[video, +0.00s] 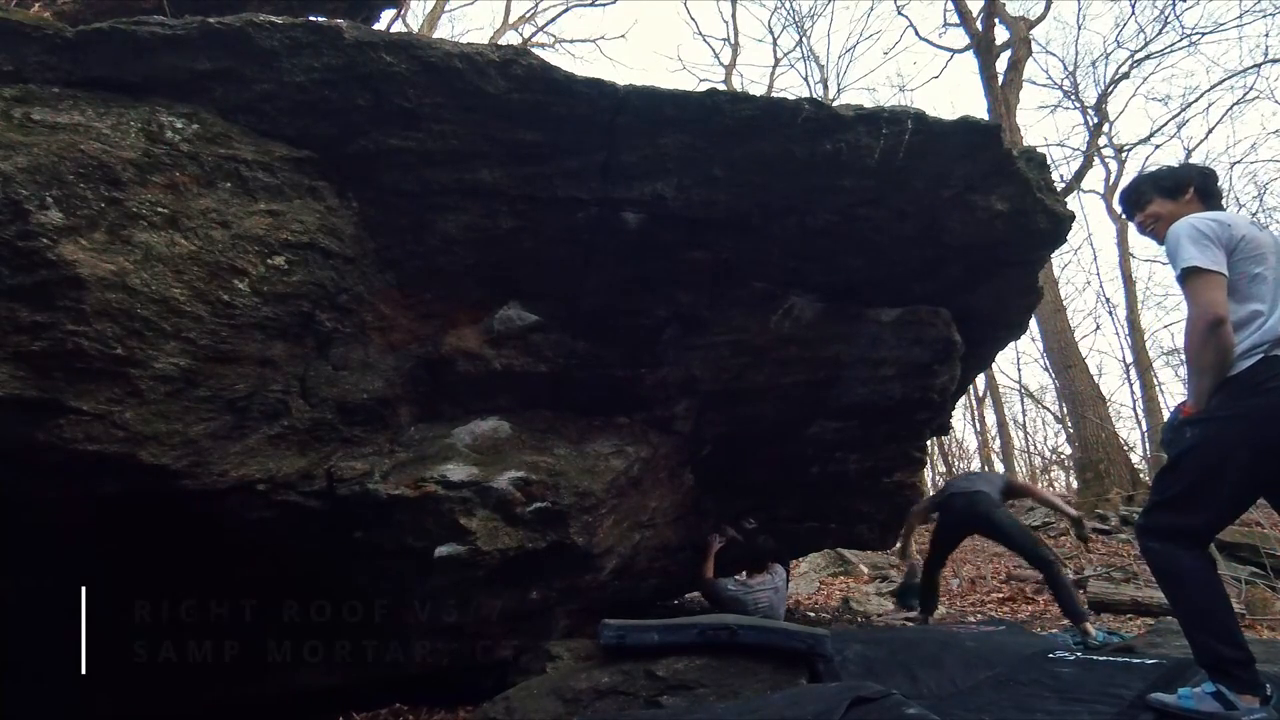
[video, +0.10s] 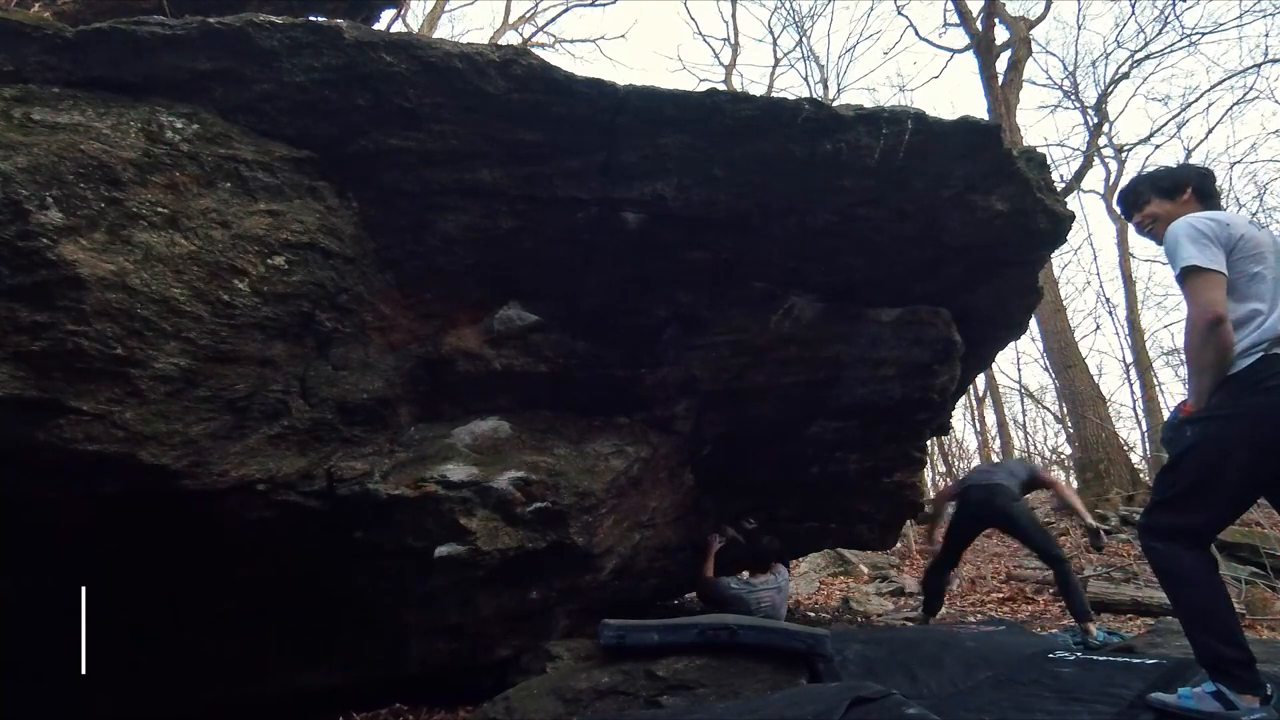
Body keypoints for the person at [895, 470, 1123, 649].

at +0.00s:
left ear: (963, 479)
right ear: (994, 478)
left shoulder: (946, 489)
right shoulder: (1001, 481)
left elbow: (913, 514)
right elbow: (1038, 493)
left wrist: (905, 553)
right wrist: (1077, 519)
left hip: (951, 512)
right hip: (987, 508)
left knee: (932, 565)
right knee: (1048, 562)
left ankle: (924, 618)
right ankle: (1087, 630)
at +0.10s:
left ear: (999, 465)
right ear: (1024, 467)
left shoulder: (976, 475)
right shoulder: (1026, 468)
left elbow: (941, 497)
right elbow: (1059, 486)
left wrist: (932, 538)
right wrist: (1089, 521)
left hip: (969, 507)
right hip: (1005, 505)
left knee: (943, 561)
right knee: (1058, 562)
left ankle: (926, 617)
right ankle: (1090, 630)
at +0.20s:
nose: (1068, 463)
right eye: (1068, 459)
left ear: (1037, 448)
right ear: (1058, 449)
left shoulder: (1009, 457)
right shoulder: (1055, 449)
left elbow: (966, 482)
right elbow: (1073, 473)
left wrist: (967, 527)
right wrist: (1096, 518)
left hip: (983, 493)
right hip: (1018, 492)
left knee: (964, 554)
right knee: (1068, 556)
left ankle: (929, 610)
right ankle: (1091, 628)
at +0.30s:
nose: (1083, 449)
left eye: (1083, 446)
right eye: (1083, 445)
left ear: (1063, 432)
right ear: (1078, 438)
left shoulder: (1034, 442)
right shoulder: (1074, 438)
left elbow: (988, 470)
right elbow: (1083, 462)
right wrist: (1099, 508)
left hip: (995, 479)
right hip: (1027, 480)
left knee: (1000, 548)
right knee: (1074, 553)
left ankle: (958, 594)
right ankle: (1091, 627)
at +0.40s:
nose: (1096, 443)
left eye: (1098, 439)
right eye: (1097, 438)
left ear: (1071, 422)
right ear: (1089, 428)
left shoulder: (1050, 433)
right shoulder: (1080, 428)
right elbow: (1090, 454)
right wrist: (1099, 501)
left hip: (1006, 478)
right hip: (1036, 478)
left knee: (1040, 546)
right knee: (1076, 550)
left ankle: (1005, 584)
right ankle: (1092, 626)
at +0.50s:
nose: (1103, 434)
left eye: (1105, 430)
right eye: (1104, 428)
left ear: (1085, 415)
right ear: (1095, 417)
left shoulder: (1058, 426)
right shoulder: (1085, 422)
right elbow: (1095, 452)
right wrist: (1102, 490)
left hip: (1016, 478)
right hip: (1042, 475)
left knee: (1072, 537)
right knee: (1080, 544)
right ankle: (1094, 625)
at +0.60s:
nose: (1108, 425)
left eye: (1110, 421)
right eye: (1108, 419)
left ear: (1088, 407)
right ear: (1099, 410)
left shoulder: (1066, 419)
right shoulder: (1087, 415)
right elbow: (1102, 449)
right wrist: (1111, 486)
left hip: (1030, 479)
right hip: (1049, 477)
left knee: (1093, 541)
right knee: (1088, 545)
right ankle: (1091, 624)